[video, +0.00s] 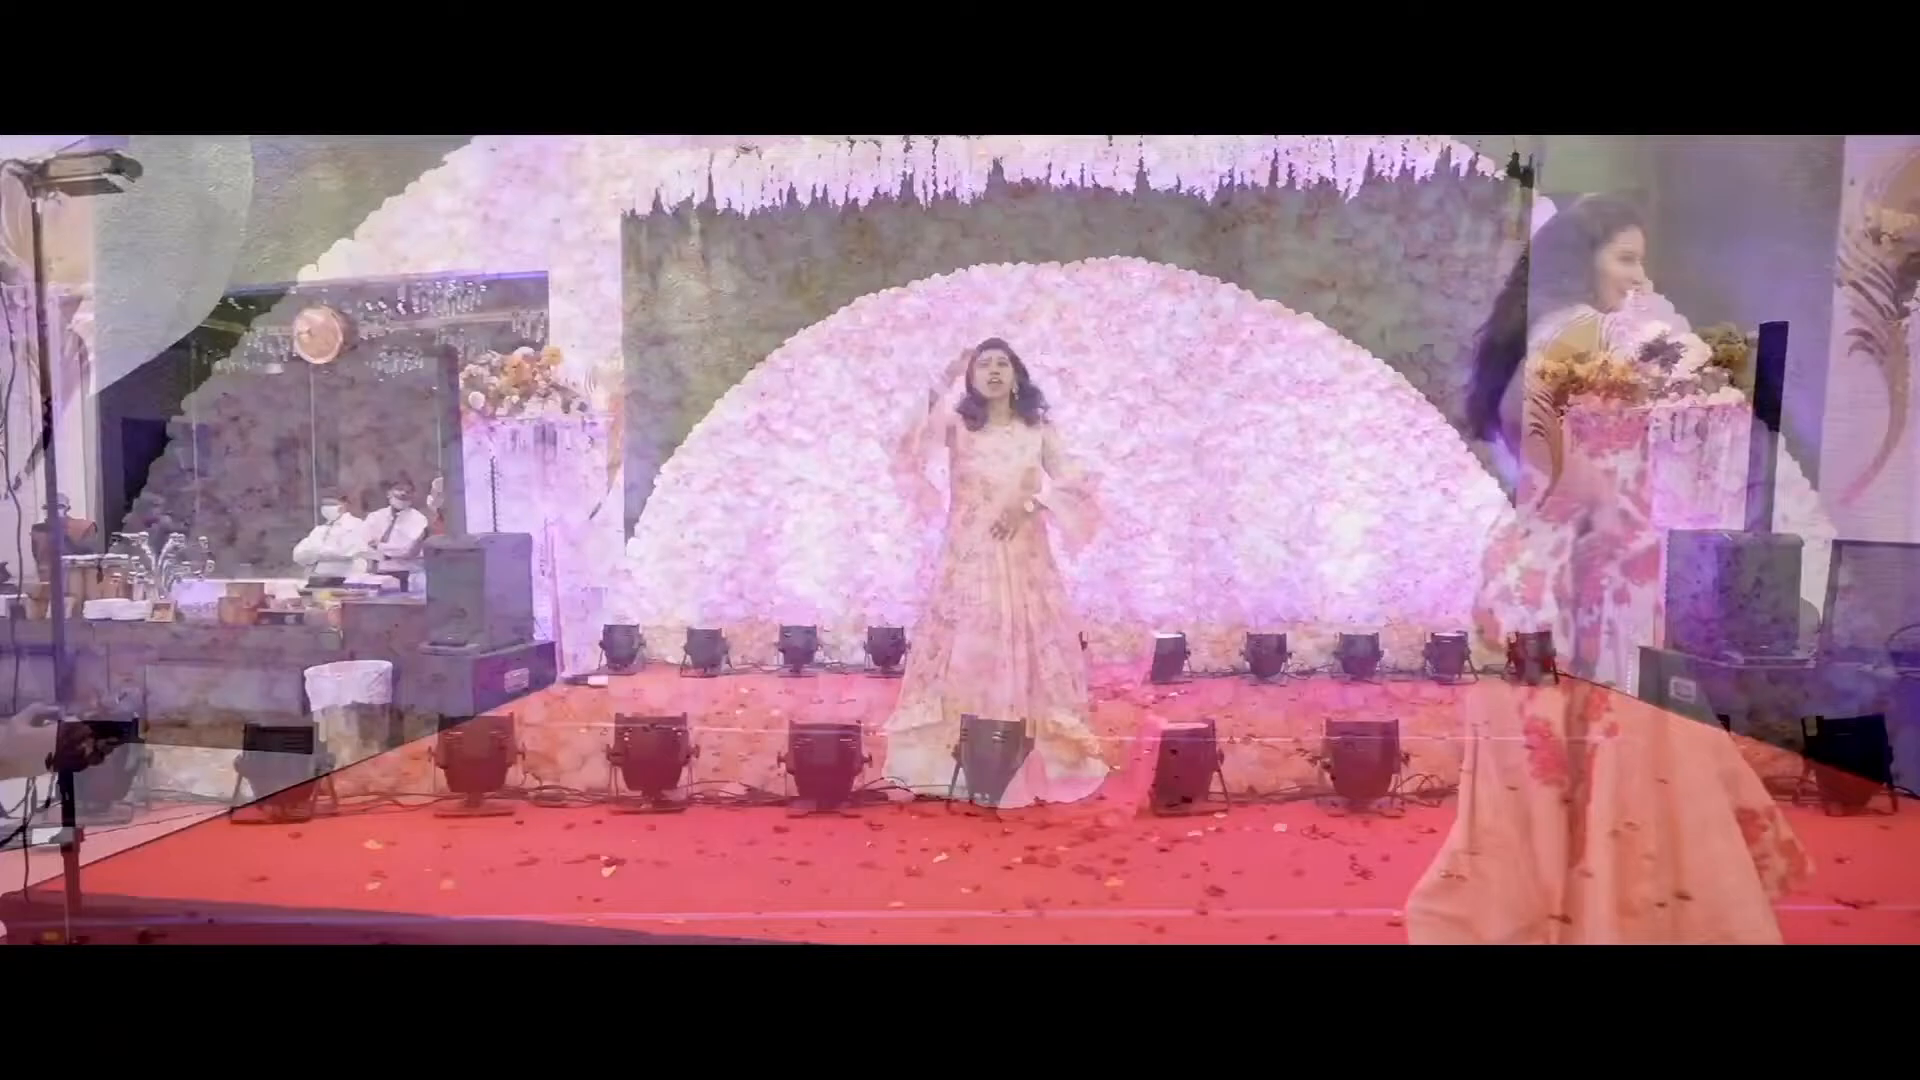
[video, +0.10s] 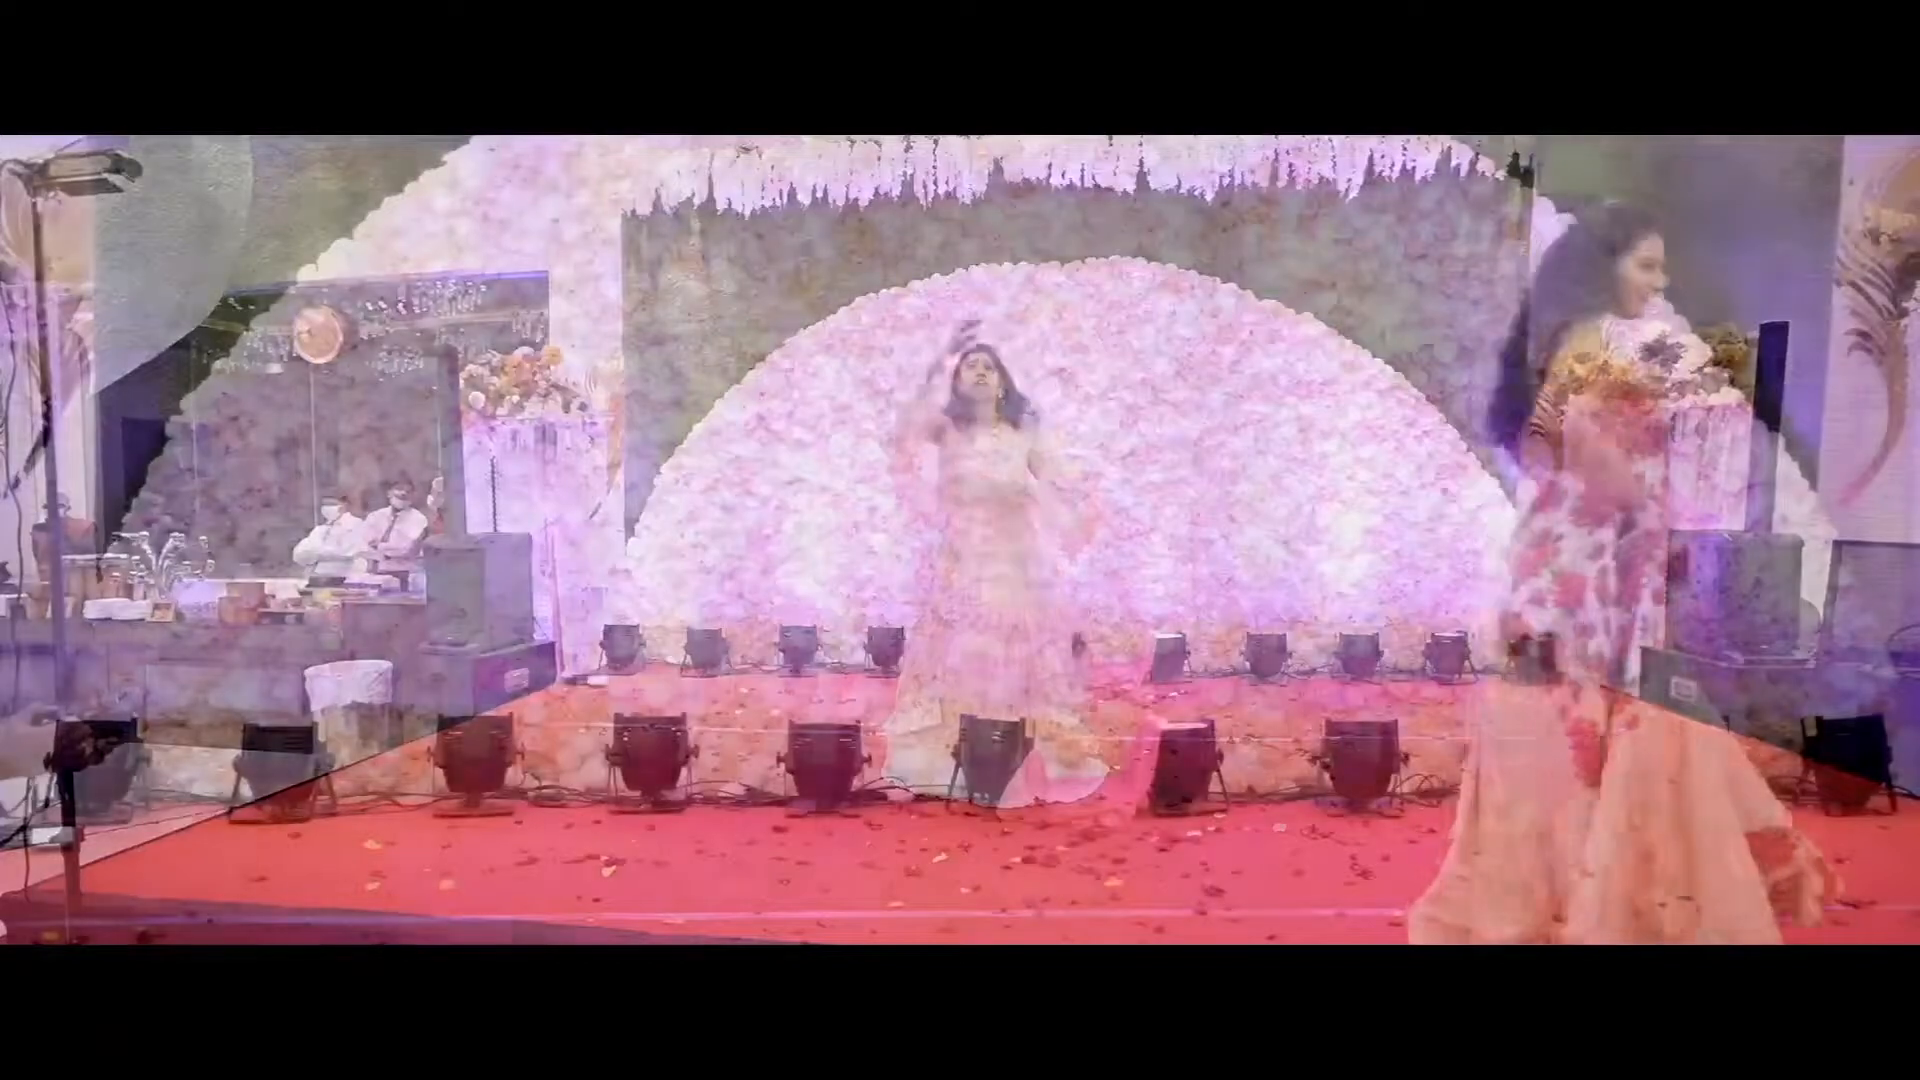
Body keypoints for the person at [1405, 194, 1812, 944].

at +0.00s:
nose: (1638, 276)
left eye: (1642, 261)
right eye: (1624, 260)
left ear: (1641, 266)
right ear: (1581, 262)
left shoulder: (1632, 349)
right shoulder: (1560, 348)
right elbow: (1554, 485)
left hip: (1629, 563)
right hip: (1565, 564)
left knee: (1625, 730)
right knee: (1561, 736)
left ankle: (1625, 900)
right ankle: (1564, 898)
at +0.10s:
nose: (1658, 282)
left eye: (1661, 268)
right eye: (1646, 267)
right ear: (1604, 268)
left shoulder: (1621, 346)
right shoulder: (1595, 349)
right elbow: (1579, 436)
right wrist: (1644, 497)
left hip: (1612, 538)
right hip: (1580, 541)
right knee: (1584, 705)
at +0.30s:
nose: (1710, 294)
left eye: (1712, 279)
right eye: (1697, 279)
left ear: (1654, 283)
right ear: (1655, 279)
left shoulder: (1606, 350)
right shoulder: (1666, 350)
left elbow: (1551, 460)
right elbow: (1630, 438)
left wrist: (1601, 520)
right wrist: (1707, 474)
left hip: (1598, 563)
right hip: (1656, 565)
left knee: (1609, 749)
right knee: (1678, 749)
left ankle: (1606, 914)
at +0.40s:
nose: (1733, 296)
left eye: (1735, 282)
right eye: (1722, 280)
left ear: (1667, 283)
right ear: (1676, 278)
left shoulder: (1616, 358)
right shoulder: (1688, 354)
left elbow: (1576, 466)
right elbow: (1668, 447)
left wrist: (1620, 522)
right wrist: (1740, 471)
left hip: (1623, 568)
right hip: (1692, 570)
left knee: (1636, 738)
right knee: (1767, 729)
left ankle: (1633, 899)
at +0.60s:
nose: (1790, 293)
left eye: (1794, 279)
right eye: (1780, 277)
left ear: (1721, 279)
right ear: (1737, 274)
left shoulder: (1673, 354)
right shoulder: (1755, 354)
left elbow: (1633, 454)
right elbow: (1755, 450)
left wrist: (1677, 518)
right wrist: (1836, 487)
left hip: (1680, 567)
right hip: (1755, 568)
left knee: (1688, 742)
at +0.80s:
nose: (1855, 280)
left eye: (1859, 266)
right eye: (1844, 262)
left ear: (1774, 266)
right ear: (1797, 260)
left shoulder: (1719, 338)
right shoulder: (1823, 349)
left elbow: (1654, 421)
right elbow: (1873, 453)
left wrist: (1703, 502)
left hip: (1714, 539)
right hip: (1802, 543)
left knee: (1732, 724)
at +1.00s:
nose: (1905, 313)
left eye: (1903, 298)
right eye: (1896, 298)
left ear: (1806, 300)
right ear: (1857, 307)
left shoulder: (1729, 352)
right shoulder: (1860, 389)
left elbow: (1602, 372)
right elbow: (1894, 521)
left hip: (1680, 553)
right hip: (1776, 567)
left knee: (1689, 726)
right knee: (1898, 704)